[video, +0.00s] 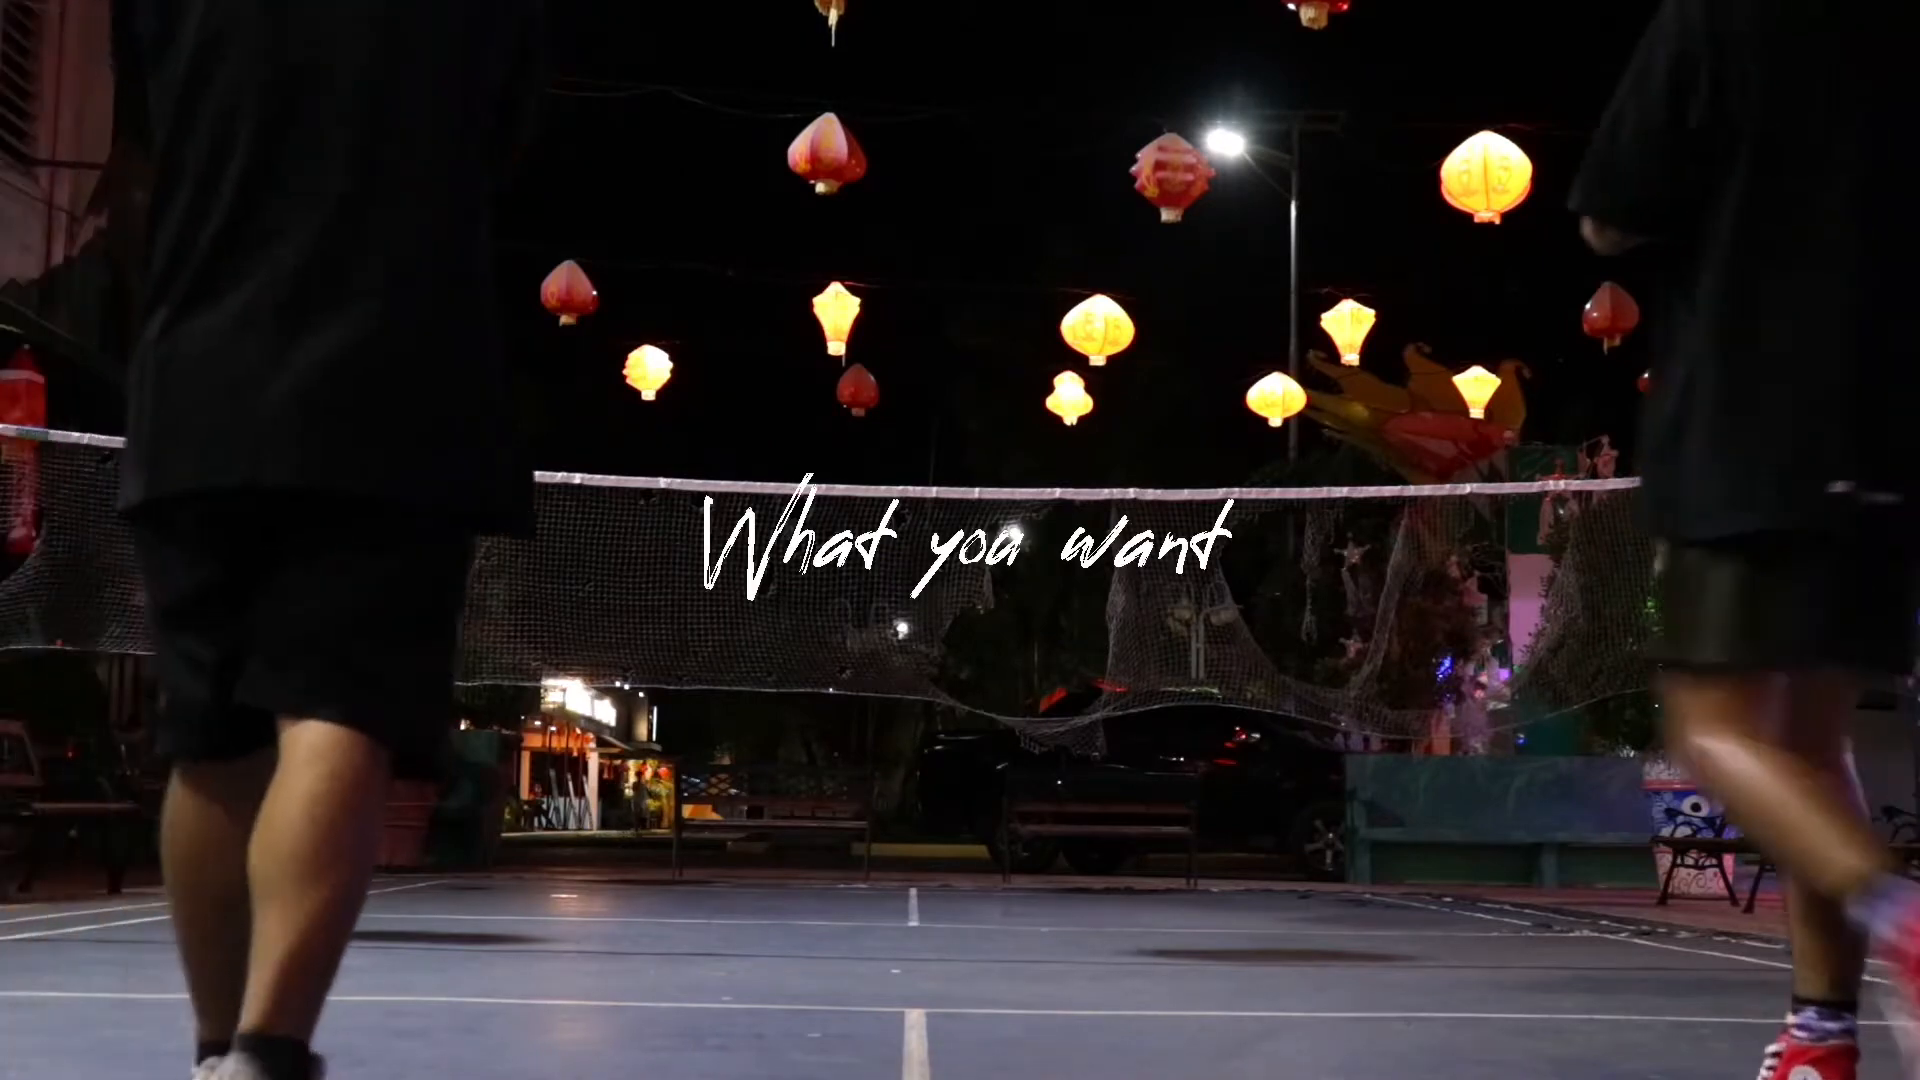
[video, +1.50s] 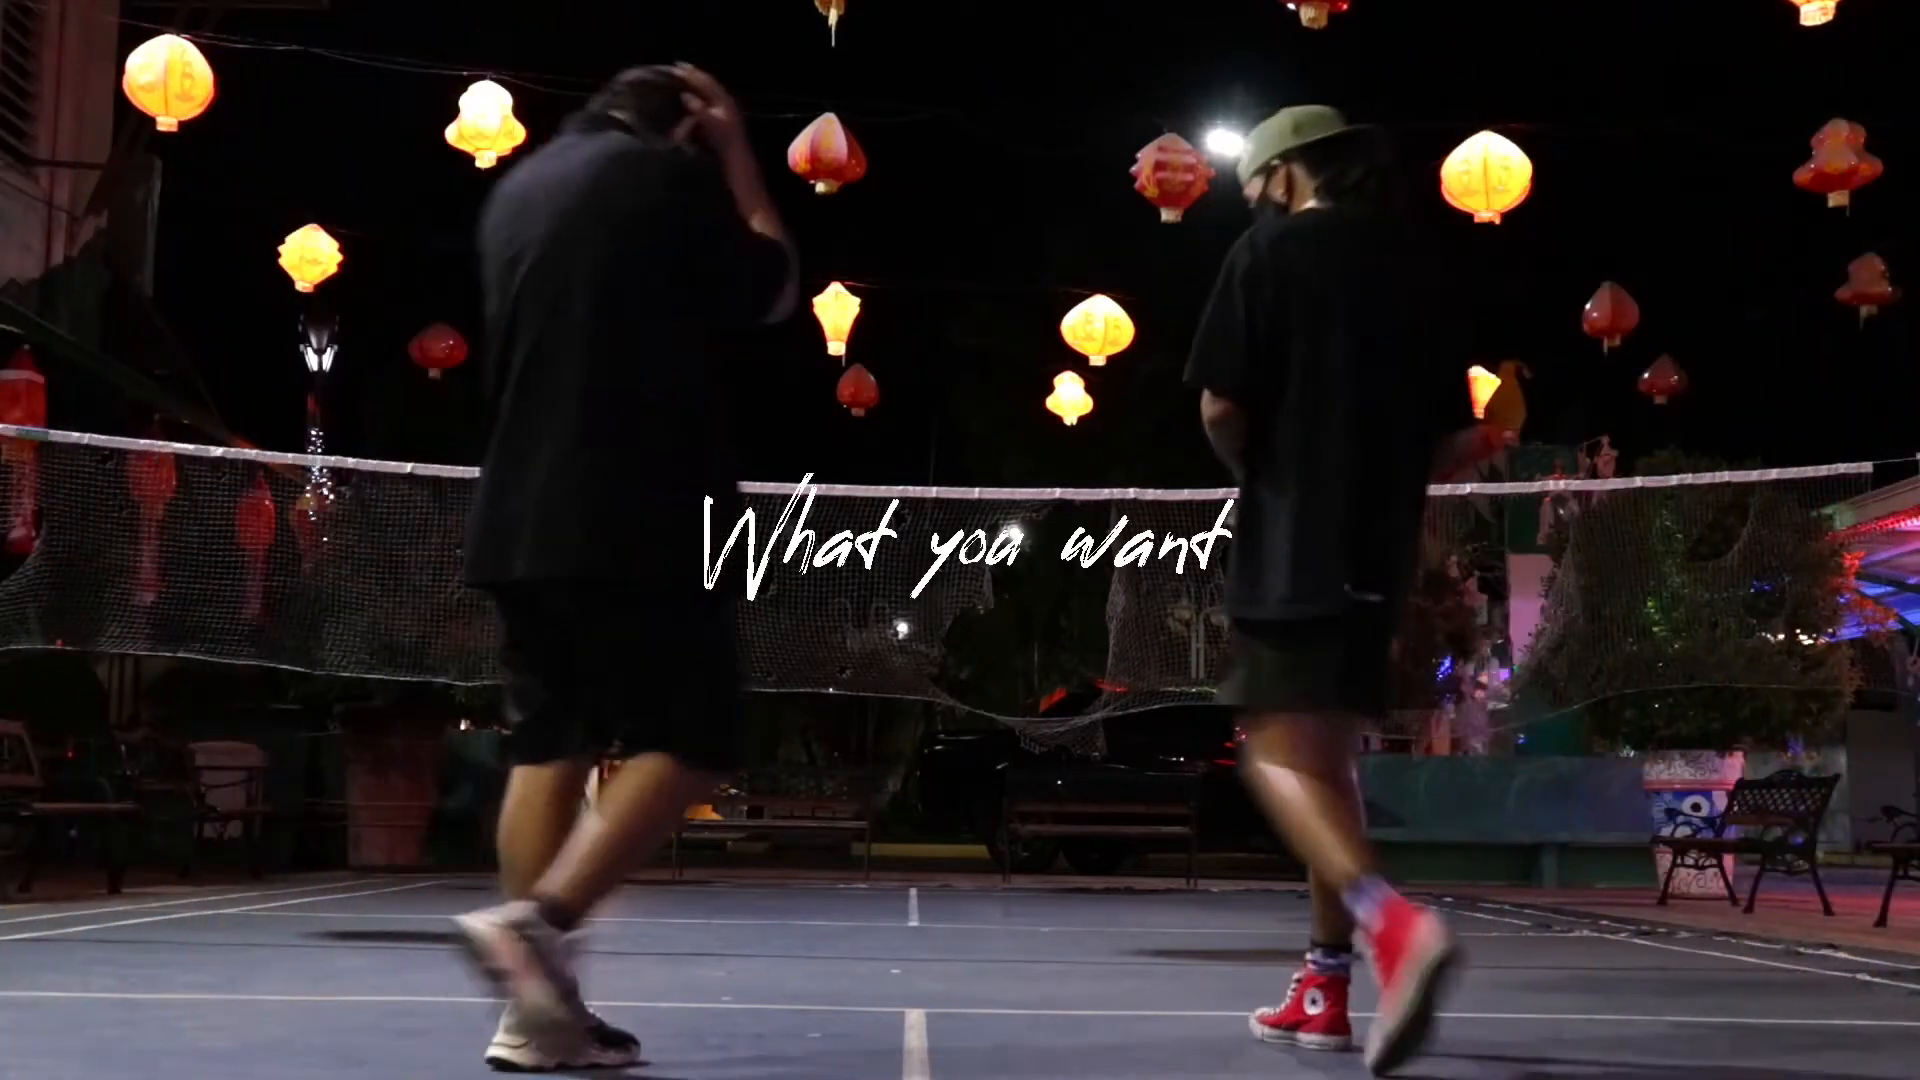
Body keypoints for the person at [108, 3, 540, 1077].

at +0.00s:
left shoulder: (166, 16)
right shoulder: (481, 25)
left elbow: (141, 153)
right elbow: (508, 153)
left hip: (196, 373)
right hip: (395, 375)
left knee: (209, 742)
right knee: (337, 723)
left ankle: (225, 1055)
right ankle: (265, 1046)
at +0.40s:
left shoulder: (214, 19)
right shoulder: (468, 23)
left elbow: (187, 221)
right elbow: (542, 189)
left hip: (225, 414)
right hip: (410, 423)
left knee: (241, 720)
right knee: (424, 724)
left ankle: (233, 1040)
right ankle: (391, 1015)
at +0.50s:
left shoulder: (235, 24)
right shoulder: (466, 31)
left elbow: (196, 230)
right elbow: (540, 207)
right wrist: (522, 36)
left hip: (238, 428)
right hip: (417, 439)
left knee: (247, 722)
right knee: (415, 734)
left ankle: (234, 1037)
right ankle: (407, 1027)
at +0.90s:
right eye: (546, 26)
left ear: (425, 19)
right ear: (533, 27)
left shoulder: (347, 103)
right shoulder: (566, 115)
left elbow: (379, 208)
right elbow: (605, 241)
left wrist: (415, 54)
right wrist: (587, 88)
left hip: (362, 463)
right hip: (515, 472)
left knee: (328, 708)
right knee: (462, 746)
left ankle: (283, 926)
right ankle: (417, 1024)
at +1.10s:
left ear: (457, 64)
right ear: (575, 67)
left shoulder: (394, 137)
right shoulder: (604, 139)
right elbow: (641, 273)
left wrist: (477, 81)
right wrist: (618, 109)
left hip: (410, 482)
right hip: (547, 487)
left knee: (415, 747)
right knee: (485, 755)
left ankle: (431, 994)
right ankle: (414, 1026)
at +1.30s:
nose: (636, 105)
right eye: (633, 98)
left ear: (522, 97)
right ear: (619, 106)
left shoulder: (443, 177)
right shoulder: (637, 167)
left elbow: (452, 299)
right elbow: (707, 293)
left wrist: (514, 135)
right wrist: (672, 147)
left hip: (464, 504)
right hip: (587, 507)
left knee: (503, 757)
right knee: (520, 760)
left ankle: (538, 1005)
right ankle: (420, 1018)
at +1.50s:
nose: (712, 153)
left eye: (712, 137)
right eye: (711, 138)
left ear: (602, 111)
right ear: (687, 125)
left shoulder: (514, 190)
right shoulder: (668, 180)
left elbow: (514, 353)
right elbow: (776, 300)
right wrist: (741, 171)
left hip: (520, 511)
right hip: (641, 511)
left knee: (546, 743)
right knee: (690, 738)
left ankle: (536, 1017)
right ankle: (540, 918)